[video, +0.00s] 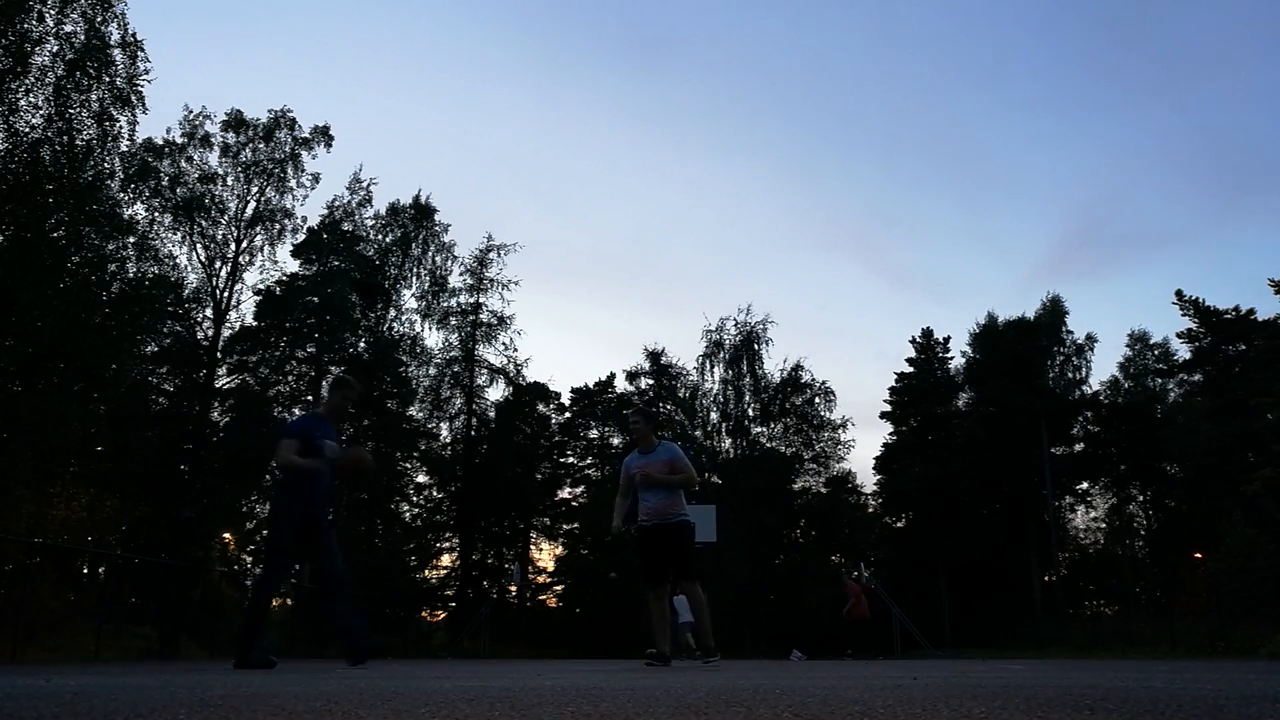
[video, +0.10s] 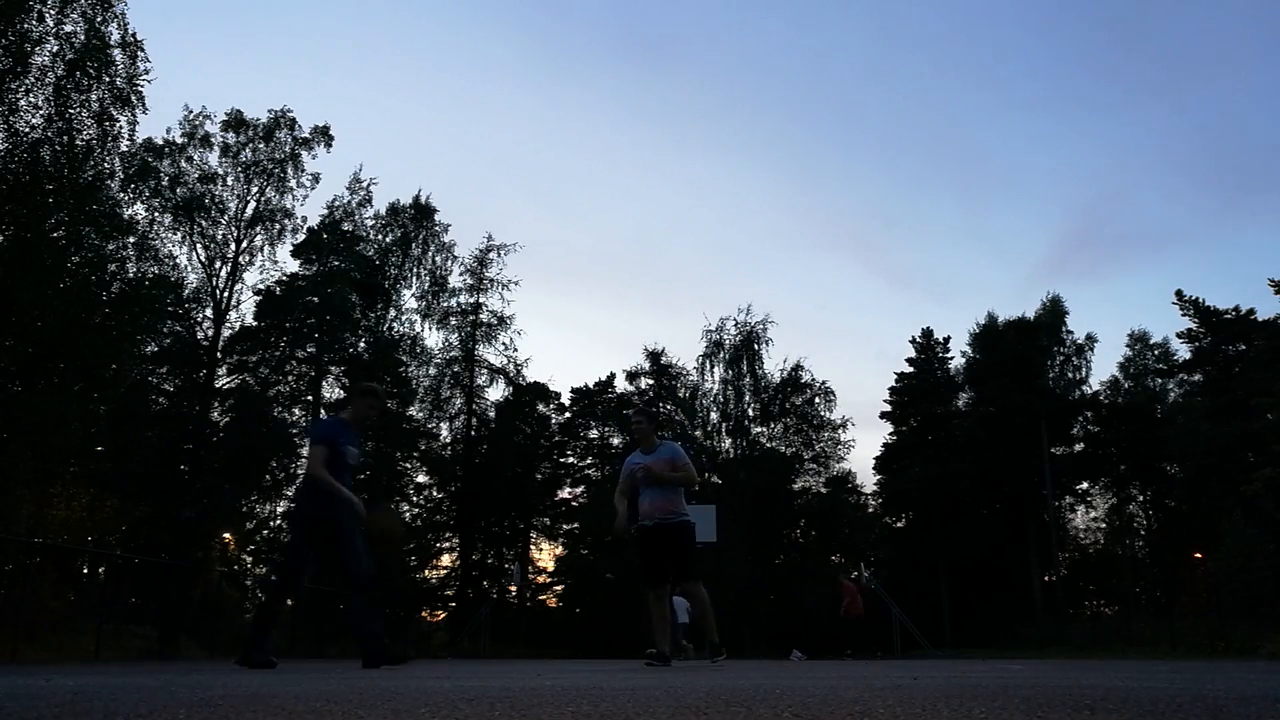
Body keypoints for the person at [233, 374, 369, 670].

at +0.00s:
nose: (345, 407)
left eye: (349, 402)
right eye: (343, 400)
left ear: (347, 403)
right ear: (331, 395)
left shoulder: (332, 433)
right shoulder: (303, 424)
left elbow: (325, 469)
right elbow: (284, 457)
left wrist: (352, 462)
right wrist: (322, 465)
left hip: (316, 514)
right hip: (290, 513)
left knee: (331, 579)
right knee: (271, 579)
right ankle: (248, 651)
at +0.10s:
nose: (372, 414)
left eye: (376, 409)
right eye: (370, 407)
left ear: (373, 411)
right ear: (357, 401)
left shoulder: (353, 438)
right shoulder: (328, 426)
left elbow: (339, 478)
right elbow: (314, 469)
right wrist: (350, 498)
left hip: (335, 513)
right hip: (313, 511)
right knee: (289, 579)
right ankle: (254, 649)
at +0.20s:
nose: (398, 417)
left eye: (400, 412)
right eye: (396, 411)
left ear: (386, 408)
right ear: (384, 406)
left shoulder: (375, 439)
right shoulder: (354, 432)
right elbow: (338, 472)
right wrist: (367, 503)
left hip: (361, 522)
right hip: (346, 521)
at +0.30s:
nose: (419, 416)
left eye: (423, 412)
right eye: (418, 410)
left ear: (421, 412)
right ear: (406, 405)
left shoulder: (406, 438)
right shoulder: (375, 429)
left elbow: (393, 477)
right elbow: (361, 469)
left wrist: (403, 499)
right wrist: (396, 496)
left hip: (387, 519)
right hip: (365, 517)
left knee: (394, 581)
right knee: (377, 582)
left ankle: (387, 651)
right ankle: (375, 652)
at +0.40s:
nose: (441, 410)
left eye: (445, 406)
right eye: (439, 403)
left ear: (444, 407)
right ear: (426, 396)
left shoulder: (427, 434)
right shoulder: (396, 423)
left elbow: (434, 470)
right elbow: (381, 463)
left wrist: (448, 495)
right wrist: (415, 483)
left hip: (402, 509)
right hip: (381, 508)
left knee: (401, 576)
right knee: (390, 575)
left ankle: (390, 649)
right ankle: (378, 651)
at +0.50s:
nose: (459, 407)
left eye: (465, 404)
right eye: (457, 400)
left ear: (465, 406)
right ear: (445, 395)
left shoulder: (458, 435)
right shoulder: (416, 425)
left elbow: (466, 472)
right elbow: (405, 466)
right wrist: (445, 473)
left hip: (425, 509)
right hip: (402, 506)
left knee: (412, 575)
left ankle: (389, 648)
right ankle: (382, 649)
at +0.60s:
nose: (482, 410)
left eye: (486, 406)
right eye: (478, 404)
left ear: (489, 408)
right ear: (466, 401)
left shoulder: (482, 438)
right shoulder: (441, 433)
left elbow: (505, 472)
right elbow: (433, 471)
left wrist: (522, 502)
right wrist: (466, 463)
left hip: (454, 514)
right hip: (428, 513)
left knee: (418, 580)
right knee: (461, 574)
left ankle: (384, 648)